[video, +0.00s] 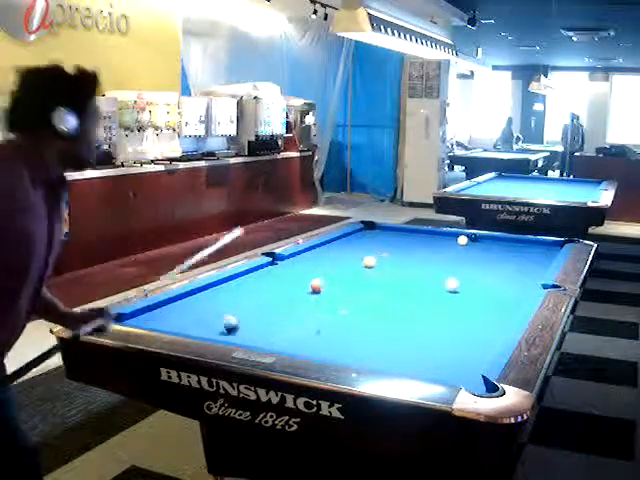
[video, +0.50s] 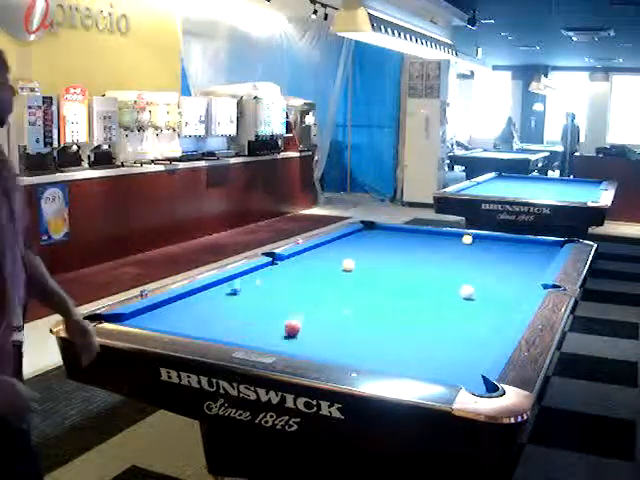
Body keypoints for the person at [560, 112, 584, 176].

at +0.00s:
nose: (572, 119)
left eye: (573, 118)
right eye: (571, 117)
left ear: (576, 118)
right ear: (569, 118)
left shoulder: (578, 127)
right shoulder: (566, 126)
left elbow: (580, 137)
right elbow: (563, 136)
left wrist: (578, 145)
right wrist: (564, 144)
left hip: (574, 147)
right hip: (567, 146)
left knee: (572, 160)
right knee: (564, 158)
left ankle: (570, 172)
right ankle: (562, 171)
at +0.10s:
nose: (572, 119)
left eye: (573, 117)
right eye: (571, 117)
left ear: (575, 118)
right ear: (569, 117)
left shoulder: (578, 126)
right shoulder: (566, 126)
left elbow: (580, 137)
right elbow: (563, 136)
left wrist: (580, 146)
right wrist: (564, 144)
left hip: (574, 147)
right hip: (566, 146)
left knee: (572, 160)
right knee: (564, 158)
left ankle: (570, 172)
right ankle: (562, 171)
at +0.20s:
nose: (572, 119)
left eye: (573, 117)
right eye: (571, 117)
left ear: (575, 118)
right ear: (569, 117)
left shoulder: (576, 126)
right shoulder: (566, 126)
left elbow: (578, 136)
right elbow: (563, 135)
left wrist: (577, 144)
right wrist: (563, 142)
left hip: (573, 145)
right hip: (566, 145)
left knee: (571, 159)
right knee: (564, 159)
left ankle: (570, 173)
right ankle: (562, 173)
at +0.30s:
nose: (571, 119)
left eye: (573, 118)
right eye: (570, 117)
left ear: (574, 118)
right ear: (568, 117)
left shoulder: (576, 127)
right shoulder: (565, 126)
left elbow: (578, 137)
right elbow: (563, 135)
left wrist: (577, 144)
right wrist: (563, 143)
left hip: (573, 146)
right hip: (566, 145)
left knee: (571, 159)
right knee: (564, 159)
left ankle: (570, 173)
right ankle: (562, 173)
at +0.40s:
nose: (571, 119)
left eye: (573, 118)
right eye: (570, 117)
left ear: (574, 118)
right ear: (568, 117)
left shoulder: (576, 127)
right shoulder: (565, 126)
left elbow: (578, 137)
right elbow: (563, 135)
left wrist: (577, 144)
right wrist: (563, 142)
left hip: (573, 146)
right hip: (566, 145)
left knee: (571, 159)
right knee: (564, 159)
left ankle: (570, 173)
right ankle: (562, 173)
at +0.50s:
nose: (570, 119)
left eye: (572, 117)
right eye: (569, 117)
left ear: (574, 118)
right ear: (567, 118)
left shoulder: (576, 126)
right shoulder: (565, 126)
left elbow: (578, 136)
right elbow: (563, 135)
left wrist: (577, 144)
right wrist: (563, 142)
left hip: (573, 145)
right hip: (566, 145)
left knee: (571, 159)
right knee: (564, 158)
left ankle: (570, 172)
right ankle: (562, 172)